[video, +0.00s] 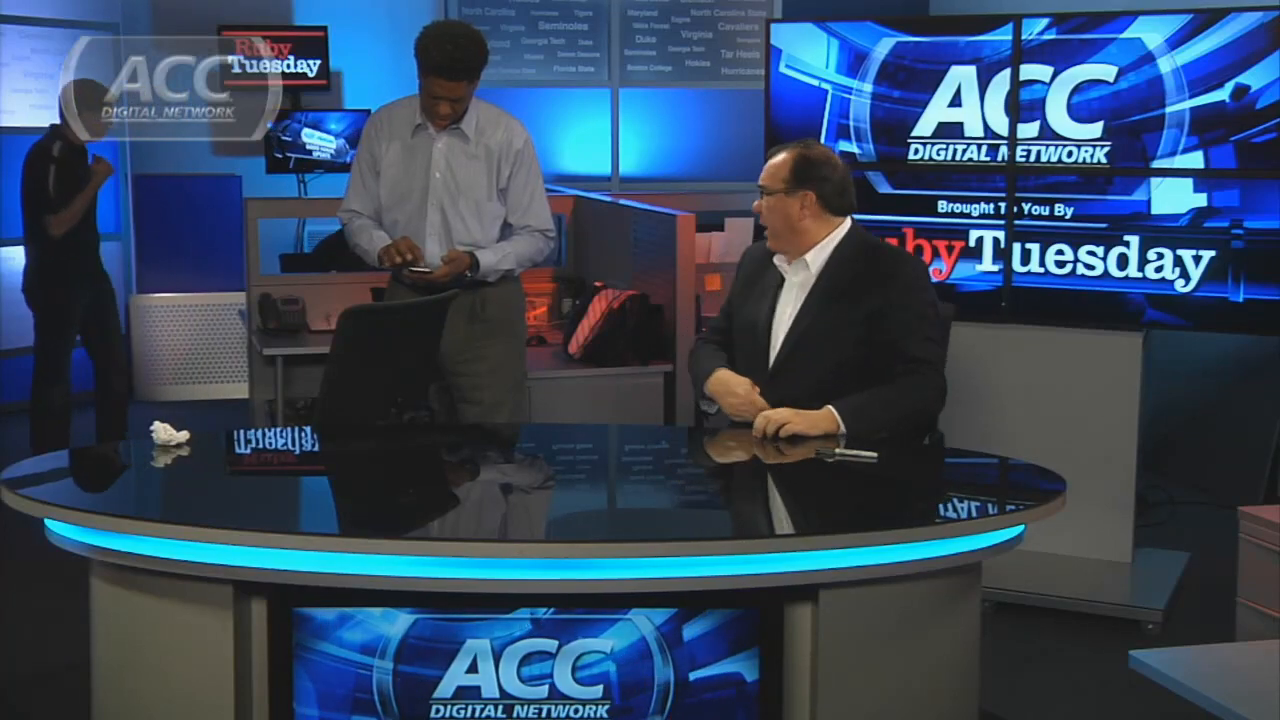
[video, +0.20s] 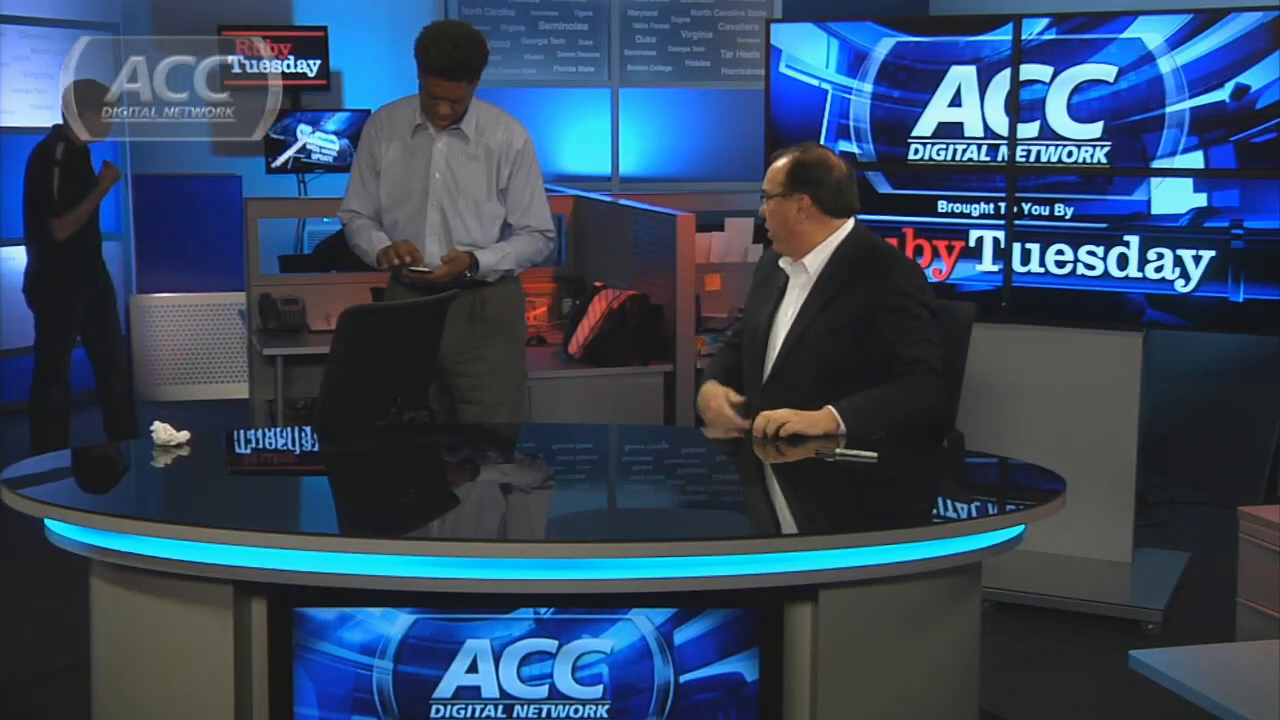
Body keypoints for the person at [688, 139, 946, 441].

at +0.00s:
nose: (756, 207)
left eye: (766, 194)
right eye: (760, 194)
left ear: (805, 204)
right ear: (805, 205)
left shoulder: (894, 274)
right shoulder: (758, 262)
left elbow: (923, 390)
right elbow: (710, 345)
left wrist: (830, 418)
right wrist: (717, 380)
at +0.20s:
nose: (761, 211)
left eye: (767, 198)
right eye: (763, 199)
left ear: (802, 206)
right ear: (800, 207)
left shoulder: (889, 275)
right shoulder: (774, 265)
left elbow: (924, 389)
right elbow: (740, 346)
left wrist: (832, 418)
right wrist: (709, 388)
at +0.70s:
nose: (779, 211)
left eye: (785, 201)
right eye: (780, 201)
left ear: (812, 208)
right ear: (811, 211)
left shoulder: (879, 271)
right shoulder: (799, 267)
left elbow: (910, 376)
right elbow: (763, 353)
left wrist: (823, 412)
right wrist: (697, 408)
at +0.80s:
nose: (771, 212)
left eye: (777, 199)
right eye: (773, 200)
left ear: (808, 204)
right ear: (807, 205)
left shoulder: (868, 257)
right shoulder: (785, 263)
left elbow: (906, 344)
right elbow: (740, 337)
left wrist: (836, 403)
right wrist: (665, 383)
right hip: (748, 440)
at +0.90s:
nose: (755, 229)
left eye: (759, 214)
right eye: (755, 216)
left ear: (788, 214)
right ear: (787, 215)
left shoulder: (848, 251)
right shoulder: (778, 266)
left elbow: (892, 325)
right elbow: (747, 339)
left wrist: (834, 399)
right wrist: (678, 385)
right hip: (750, 430)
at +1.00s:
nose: (735, 252)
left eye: (734, 237)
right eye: (731, 240)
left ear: (763, 228)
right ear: (763, 229)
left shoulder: (831, 261)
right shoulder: (771, 280)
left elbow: (886, 329)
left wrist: (840, 397)